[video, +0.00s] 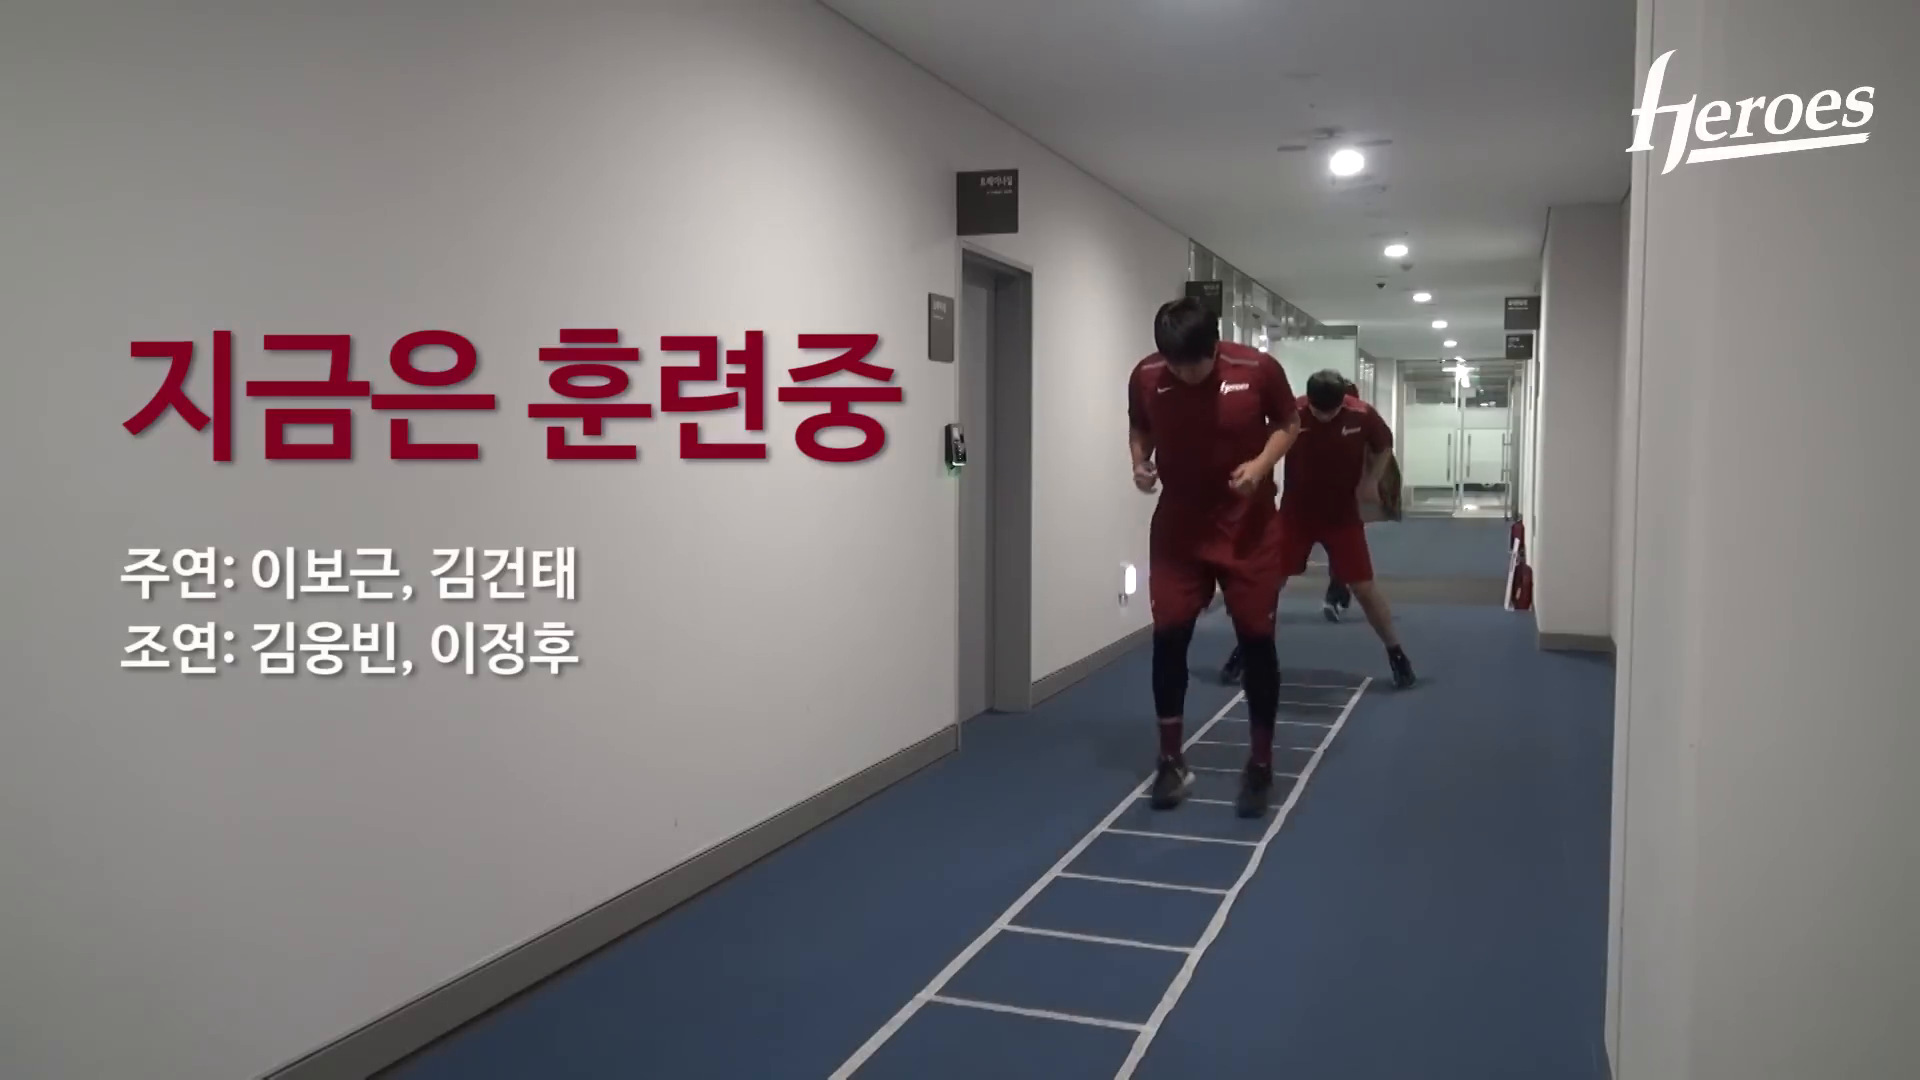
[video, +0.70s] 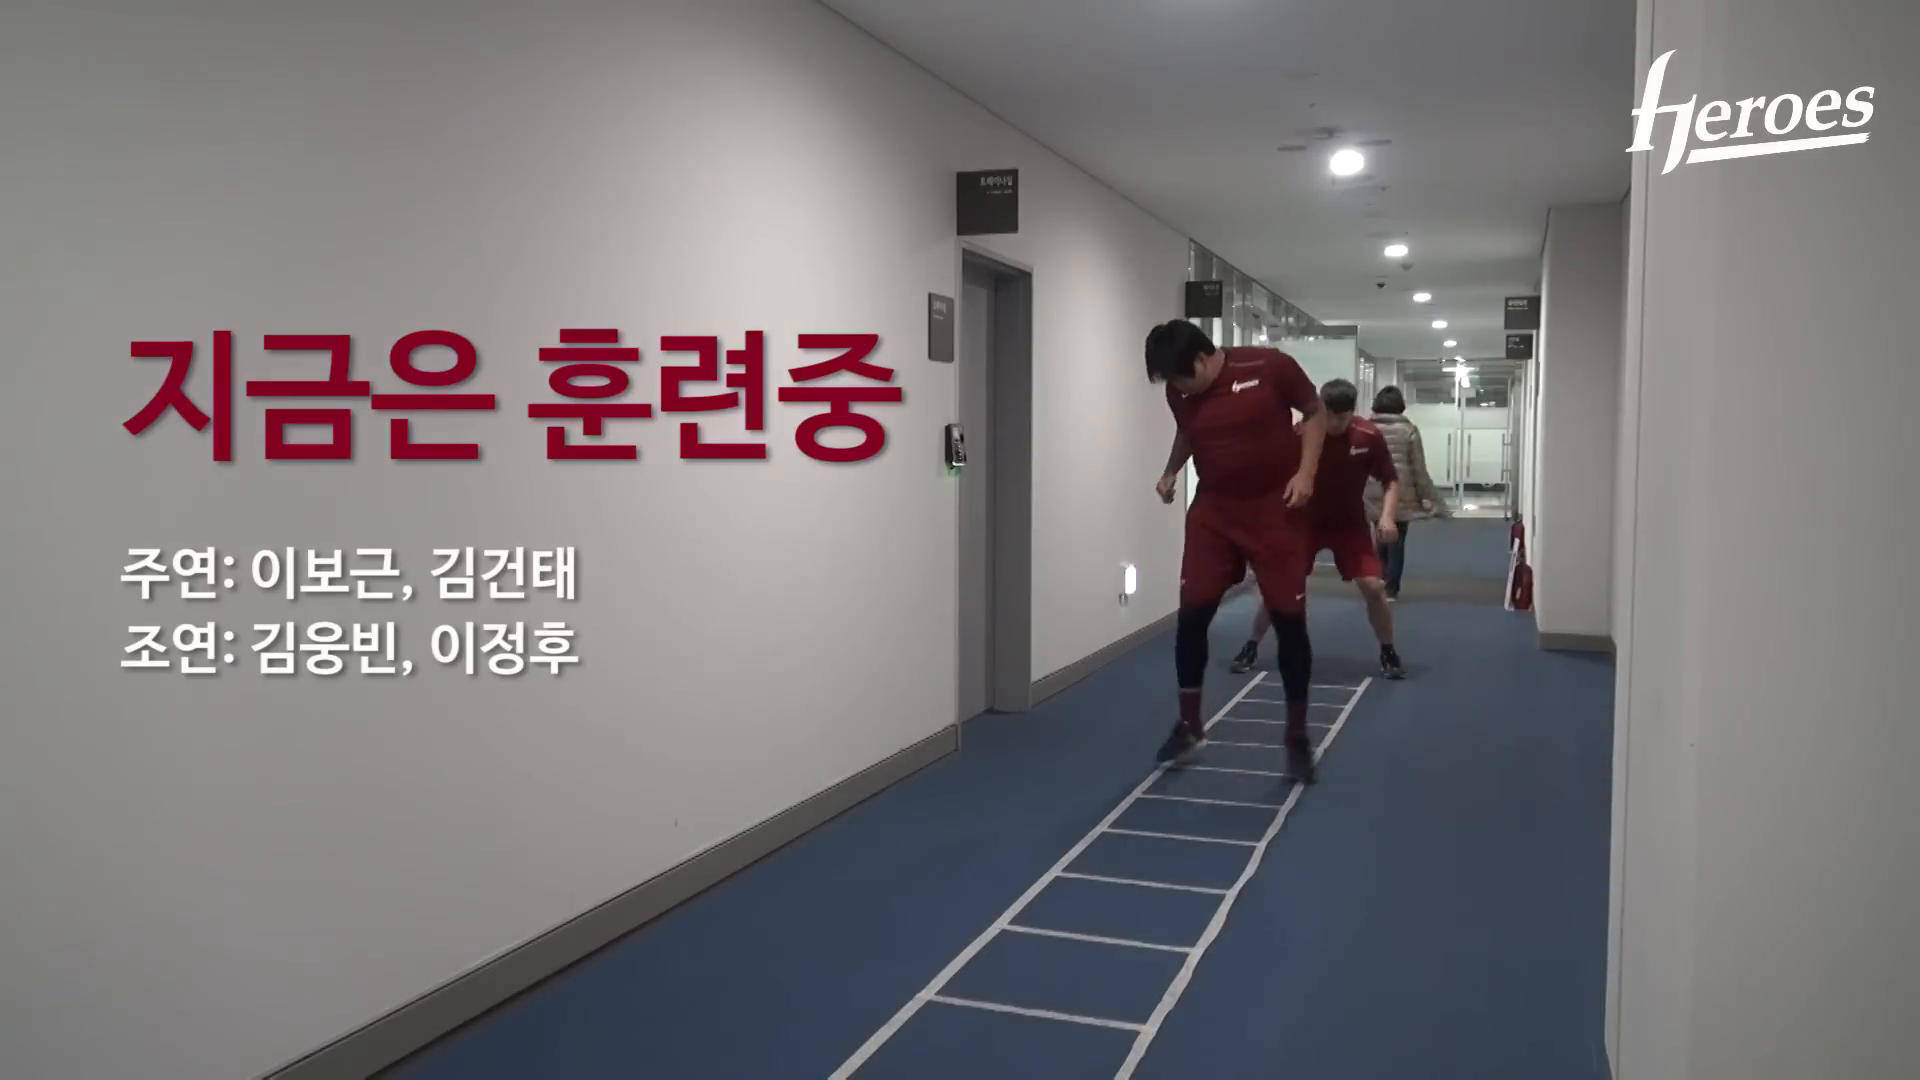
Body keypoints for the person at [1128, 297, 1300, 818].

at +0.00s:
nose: (1187, 375)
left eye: (1195, 365)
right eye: (1178, 367)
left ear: (1214, 346)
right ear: (1164, 352)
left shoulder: (1259, 370)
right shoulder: (1148, 379)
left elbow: (1290, 421)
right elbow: (1140, 425)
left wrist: (1262, 463)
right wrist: (1141, 460)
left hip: (1248, 525)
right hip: (1179, 524)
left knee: (1256, 639)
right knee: (1168, 635)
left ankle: (1260, 764)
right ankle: (1170, 761)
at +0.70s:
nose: (1176, 390)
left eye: (1179, 380)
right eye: (1171, 383)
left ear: (1201, 359)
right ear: (1181, 369)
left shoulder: (1272, 366)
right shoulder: (1179, 392)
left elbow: (1316, 412)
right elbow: (1189, 431)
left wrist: (1306, 471)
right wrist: (1170, 472)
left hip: (1276, 514)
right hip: (1213, 514)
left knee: (1289, 620)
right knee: (1191, 617)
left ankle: (1297, 735)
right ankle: (1190, 725)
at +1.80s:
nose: (1200, 384)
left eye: (1200, 375)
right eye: (1196, 378)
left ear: (1218, 359)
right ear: (1213, 363)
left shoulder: (1280, 376)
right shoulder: (1212, 398)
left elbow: (1340, 404)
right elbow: (1216, 443)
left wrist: (1354, 418)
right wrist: (1183, 469)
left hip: (1291, 504)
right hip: (1239, 506)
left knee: (1292, 602)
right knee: (1226, 603)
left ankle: (1298, 693)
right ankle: (1249, 687)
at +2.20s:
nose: (1242, 365)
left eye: (1250, 356)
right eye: (1235, 358)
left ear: (1269, 357)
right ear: (1230, 361)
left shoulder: (1299, 397)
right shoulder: (1224, 404)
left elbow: (1334, 445)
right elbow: (1217, 444)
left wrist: (1299, 447)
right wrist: (1211, 467)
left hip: (1295, 523)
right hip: (1241, 523)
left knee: (1325, 607)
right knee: (1204, 604)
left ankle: (1349, 692)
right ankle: (1196, 686)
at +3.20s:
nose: (1226, 378)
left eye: (1225, 369)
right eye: (1222, 371)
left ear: (1238, 360)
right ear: (1237, 362)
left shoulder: (1298, 378)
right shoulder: (1246, 395)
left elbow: (1344, 414)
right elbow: (1261, 446)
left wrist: (1325, 459)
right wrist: (1247, 476)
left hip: (1308, 495)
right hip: (1263, 497)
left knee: (1315, 579)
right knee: (1251, 577)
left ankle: (1321, 656)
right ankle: (1260, 660)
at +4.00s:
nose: (1258, 362)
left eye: (1258, 356)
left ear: (1261, 358)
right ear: (1291, 358)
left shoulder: (1273, 391)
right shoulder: (1306, 392)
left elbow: (1284, 440)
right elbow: (1325, 443)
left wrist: (1257, 473)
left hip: (1296, 493)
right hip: (1320, 491)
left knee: (1301, 575)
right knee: (1297, 573)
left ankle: (1340, 658)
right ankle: (1293, 652)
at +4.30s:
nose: (1249, 361)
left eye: (1249, 355)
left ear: (1251, 358)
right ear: (1281, 358)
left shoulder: (1249, 393)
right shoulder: (1302, 394)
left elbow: (1247, 447)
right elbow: (1321, 447)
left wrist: (1228, 490)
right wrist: (1312, 484)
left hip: (1268, 493)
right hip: (1304, 493)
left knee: (1236, 569)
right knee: (1292, 571)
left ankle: (1286, 634)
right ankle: (1295, 654)